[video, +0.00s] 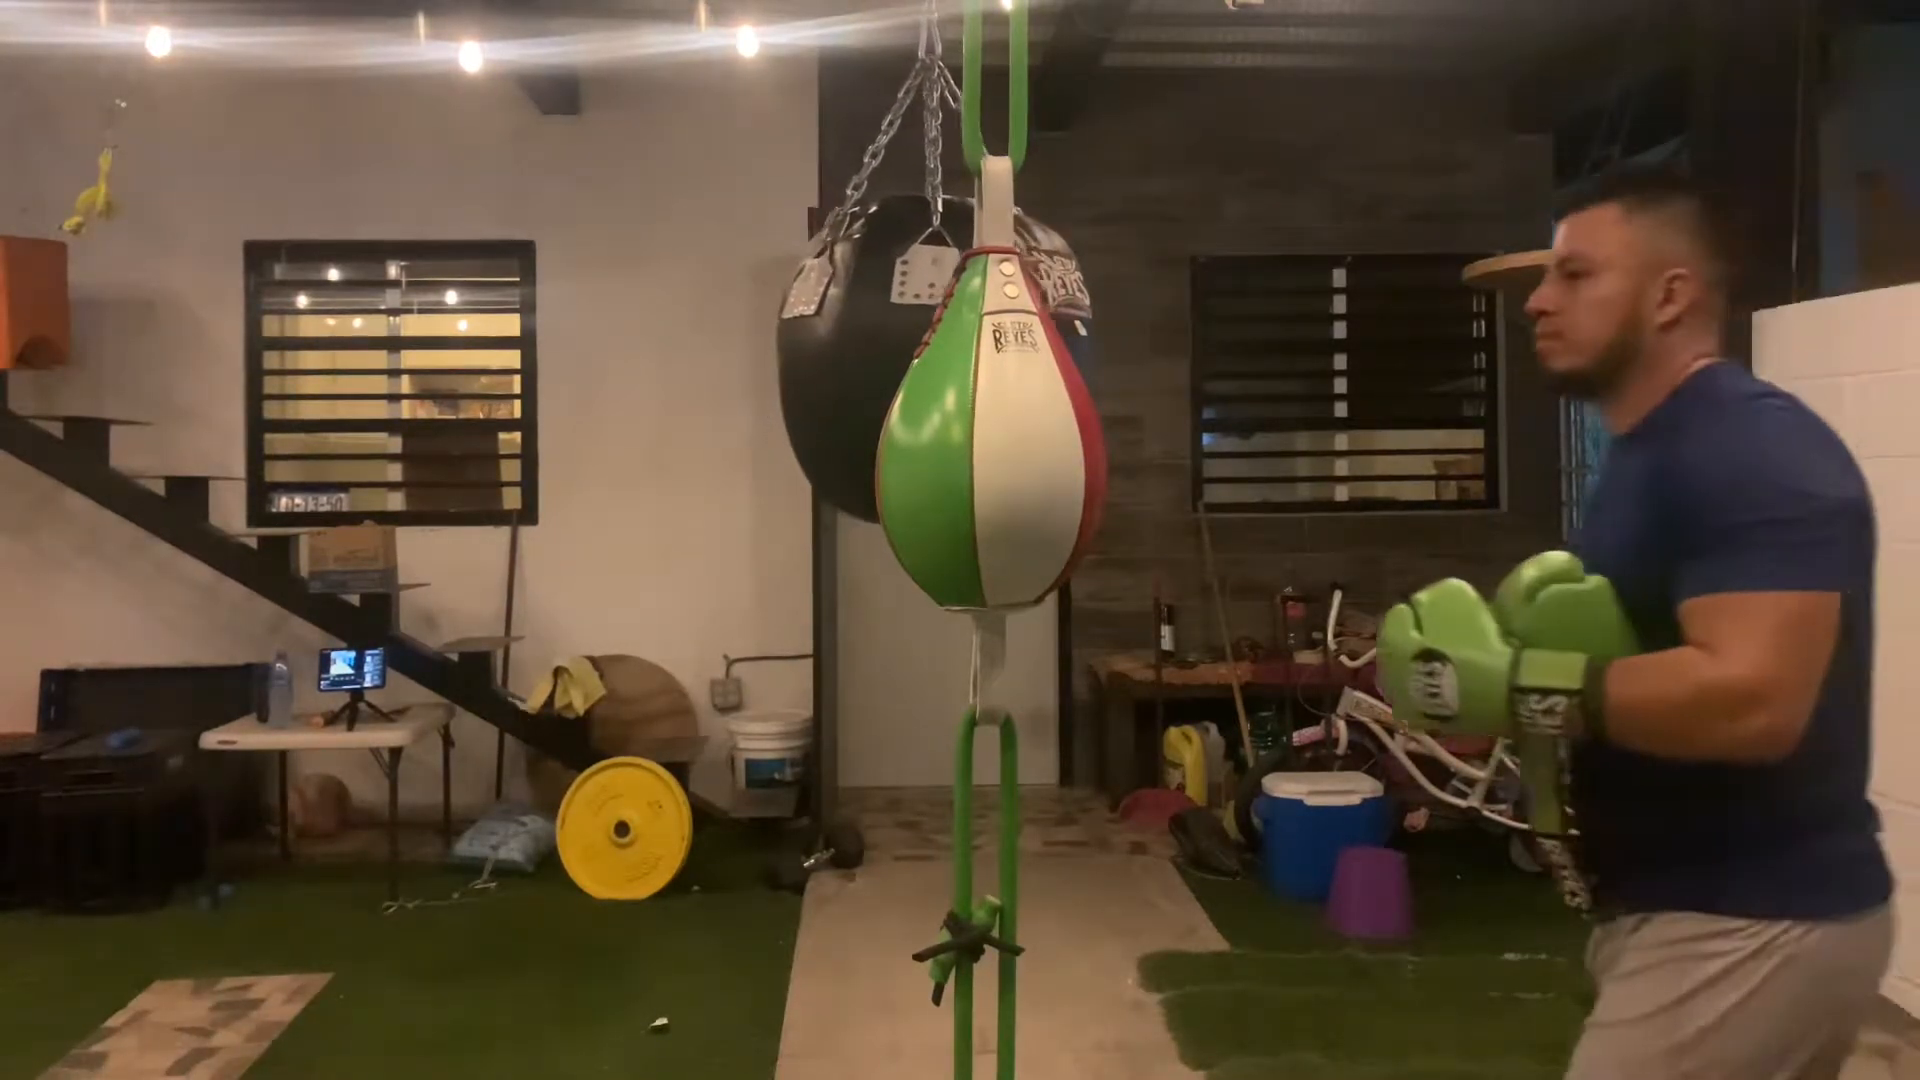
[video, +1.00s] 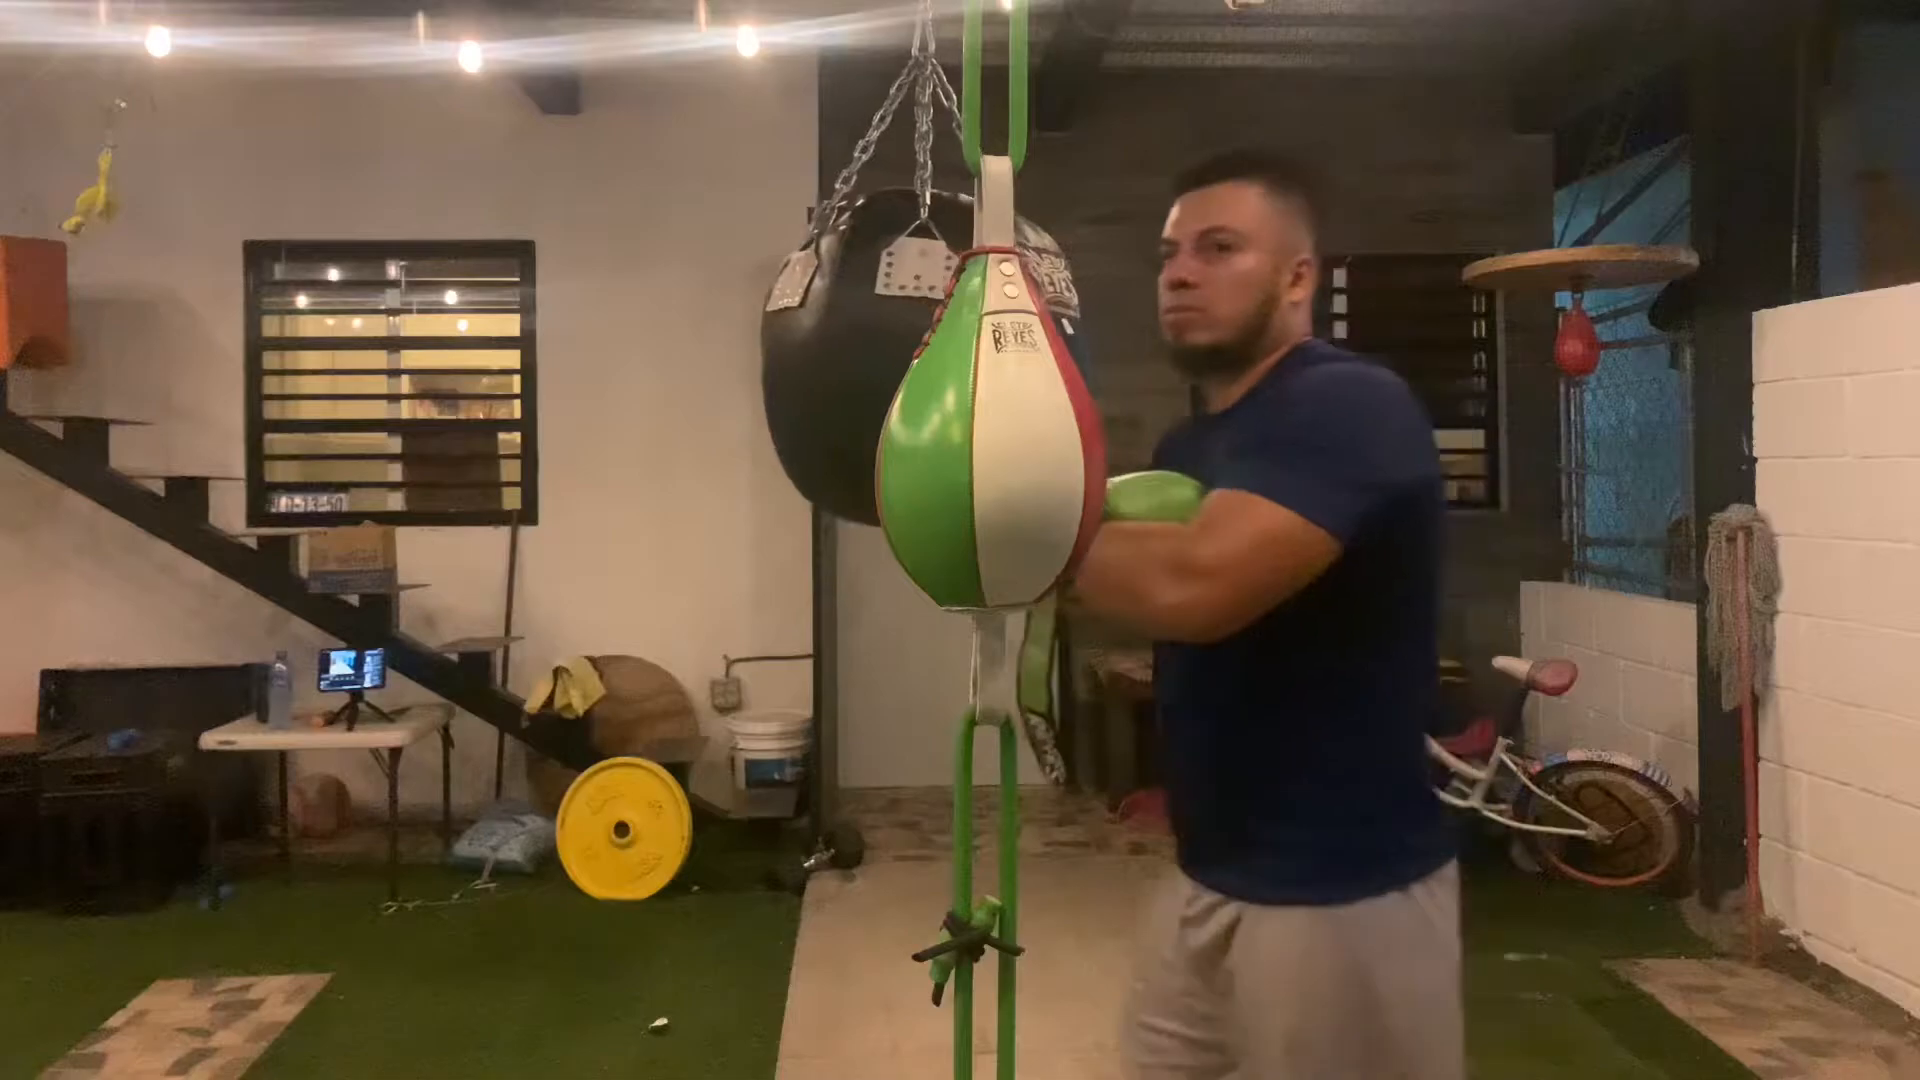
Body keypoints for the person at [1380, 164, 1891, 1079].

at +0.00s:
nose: (1539, 302)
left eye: (1575, 274)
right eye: (1545, 276)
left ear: (1672, 295)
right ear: (1662, 299)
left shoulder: (1752, 448)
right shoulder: (1647, 454)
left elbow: (1757, 703)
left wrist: (1519, 689)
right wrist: (1522, 650)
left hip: (1746, 931)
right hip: (1683, 919)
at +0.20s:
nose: (1459, 310)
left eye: (1496, 282)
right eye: (1465, 284)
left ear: (1595, 301)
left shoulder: (1666, 459)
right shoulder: (1565, 464)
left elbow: (1608, 714)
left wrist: (1396, 659)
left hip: (1641, 944)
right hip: (1571, 924)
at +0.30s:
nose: (1407, 295)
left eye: (1445, 268)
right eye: (1412, 270)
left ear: (1541, 288)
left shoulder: (1595, 445)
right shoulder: (1494, 454)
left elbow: (1501, 695)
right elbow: (1473, 652)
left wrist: (1313, 619)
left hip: (1570, 926)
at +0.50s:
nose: (1333, 275)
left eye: (1371, 248)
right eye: (1338, 250)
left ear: (1467, 273)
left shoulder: (1508, 416)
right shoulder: (1428, 425)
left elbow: (1375, 647)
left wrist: (1223, 561)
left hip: (1488, 917)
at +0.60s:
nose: (1298, 267)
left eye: (1339, 240)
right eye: (1300, 243)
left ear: (1432, 265)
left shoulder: (1479, 404)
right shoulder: (1366, 427)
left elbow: (1317, 630)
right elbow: (1321, 601)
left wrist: (1174, 533)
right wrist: (1223, 551)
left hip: (1468, 910)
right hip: (1363, 886)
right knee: (1299, 1063)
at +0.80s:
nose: (1242, 264)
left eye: (1284, 239)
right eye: (1242, 241)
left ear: (1374, 269)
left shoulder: (1418, 398)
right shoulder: (1317, 423)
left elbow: (1241, 592)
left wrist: (1125, 502)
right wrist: (1149, 510)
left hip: (1427, 909)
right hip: (1303, 890)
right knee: (1246, 1069)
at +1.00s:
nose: (1178, 271)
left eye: (1218, 247)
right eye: (1170, 251)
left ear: (1299, 279)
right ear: (1157, 274)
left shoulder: (1354, 406)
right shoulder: (1186, 447)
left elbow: (1195, 587)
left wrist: (1028, 531)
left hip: (1350, 905)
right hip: (1212, 887)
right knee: (1164, 1063)